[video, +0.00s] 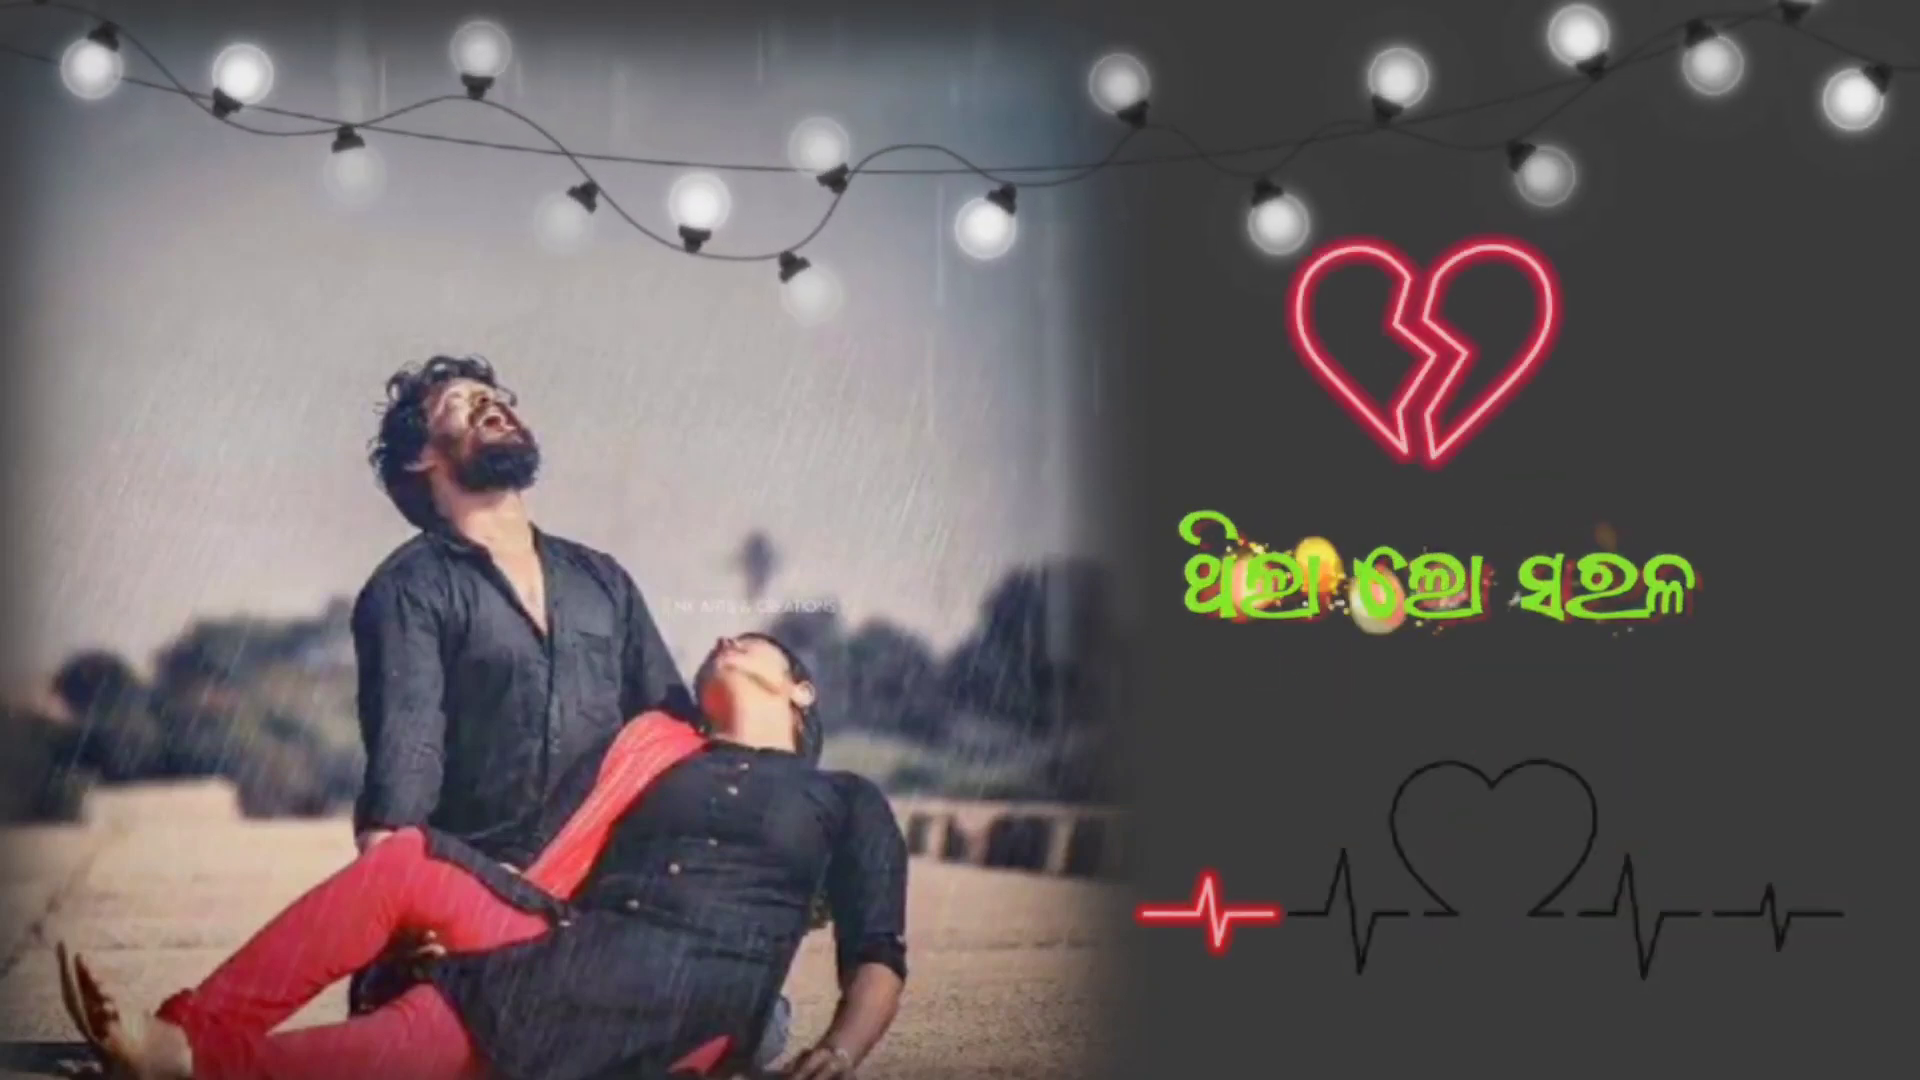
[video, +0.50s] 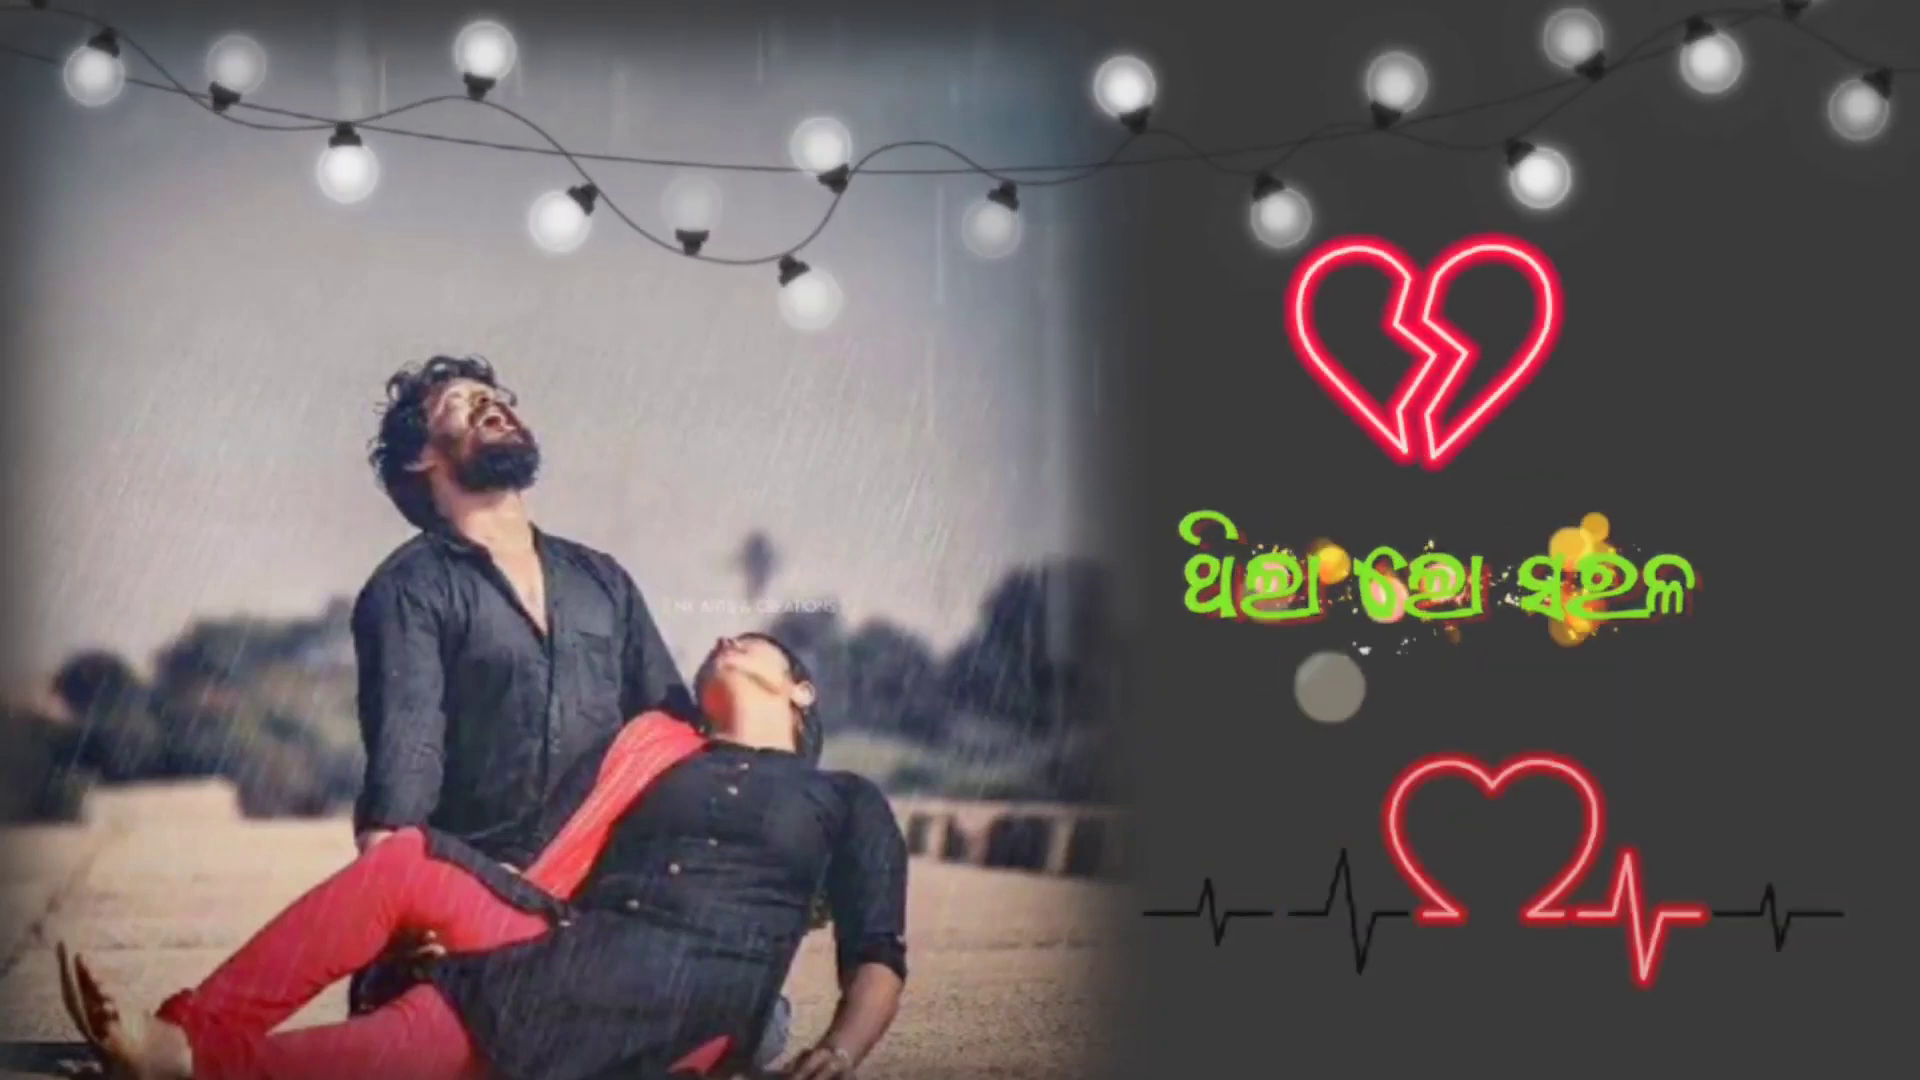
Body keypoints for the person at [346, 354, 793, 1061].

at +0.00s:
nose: (496, 409)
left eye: (501, 401)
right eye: (462, 406)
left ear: (524, 438)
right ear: (421, 463)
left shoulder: (603, 579)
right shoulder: (410, 588)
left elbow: (678, 729)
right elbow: (404, 751)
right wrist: (389, 900)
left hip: (617, 885)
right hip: (462, 890)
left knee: (761, 1020)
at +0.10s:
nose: (496, 409)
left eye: (502, 401)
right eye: (463, 406)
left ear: (525, 437)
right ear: (421, 462)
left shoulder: (603, 579)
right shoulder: (410, 588)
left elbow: (678, 729)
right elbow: (404, 750)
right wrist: (389, 900)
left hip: (616, 884)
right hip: (461, 890)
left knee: (762, 1019)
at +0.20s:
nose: (496, 409)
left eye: (502, 402)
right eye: (463, 406)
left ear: (525, 437)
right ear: (421, 462)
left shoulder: (603, 579)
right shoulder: (410, 588)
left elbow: (678, 729)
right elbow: (404, 750)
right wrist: (389, 900)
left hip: (616, 884)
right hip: (461, 890)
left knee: (762, 1019)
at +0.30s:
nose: (496, 409)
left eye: (502, 401)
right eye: (463, 406)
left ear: (525, 437)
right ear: (421, 462)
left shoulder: (603, 579)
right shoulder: (410, 588)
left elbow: (678, 729)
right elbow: (404, 750)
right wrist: (389, 900)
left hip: (616, 884)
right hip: (461, 890)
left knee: (762, 1019)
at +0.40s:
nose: (495, 408)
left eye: (501, 401)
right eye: (461, 406)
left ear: (525, 438)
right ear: (421, 463)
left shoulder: (602, 579)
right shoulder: (410, 588)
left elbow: (678, 728)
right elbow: (404, 751)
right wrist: (387, 899)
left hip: (617, 885)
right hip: (462, 890)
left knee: (762, 1020)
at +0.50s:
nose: (495, 408)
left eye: (501, 401)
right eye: (461, 406)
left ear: (525, 438)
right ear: (421, 463)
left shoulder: (602, 579)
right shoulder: (410, 588)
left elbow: (678, 728)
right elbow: (404, 751)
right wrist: (387, 899)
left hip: (617, 885)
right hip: (462, 890)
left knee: (762, 1020)